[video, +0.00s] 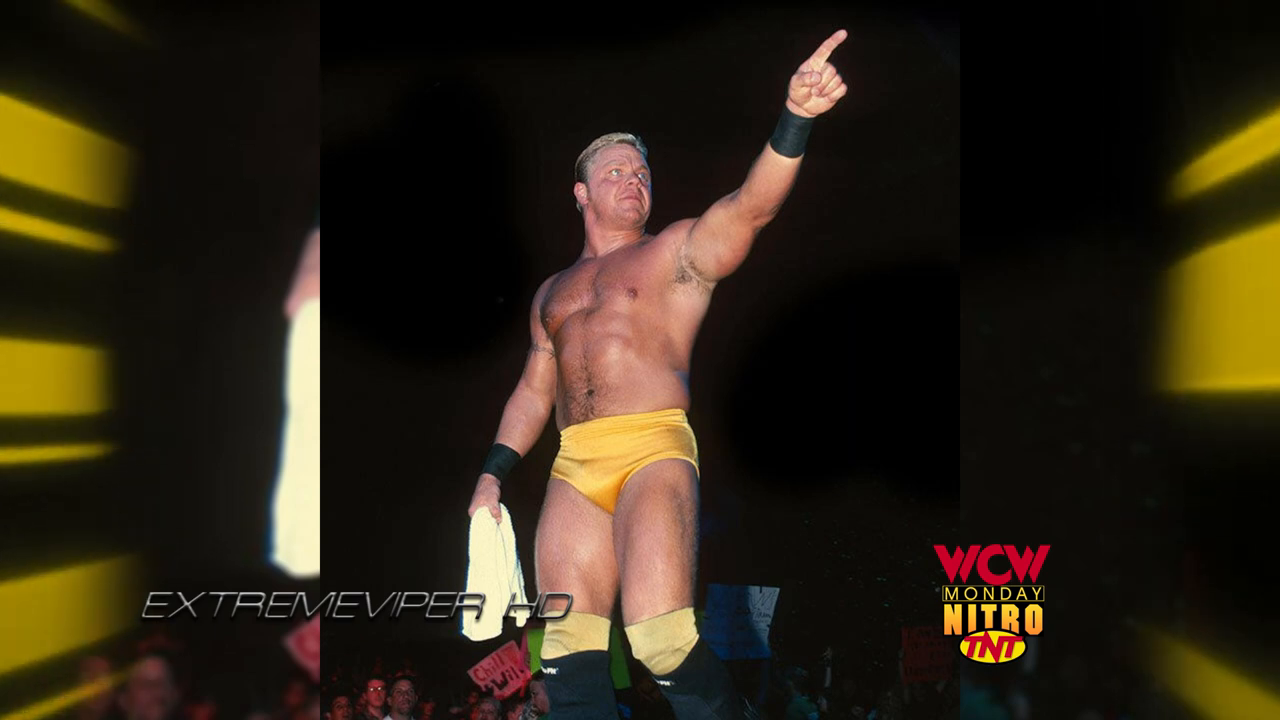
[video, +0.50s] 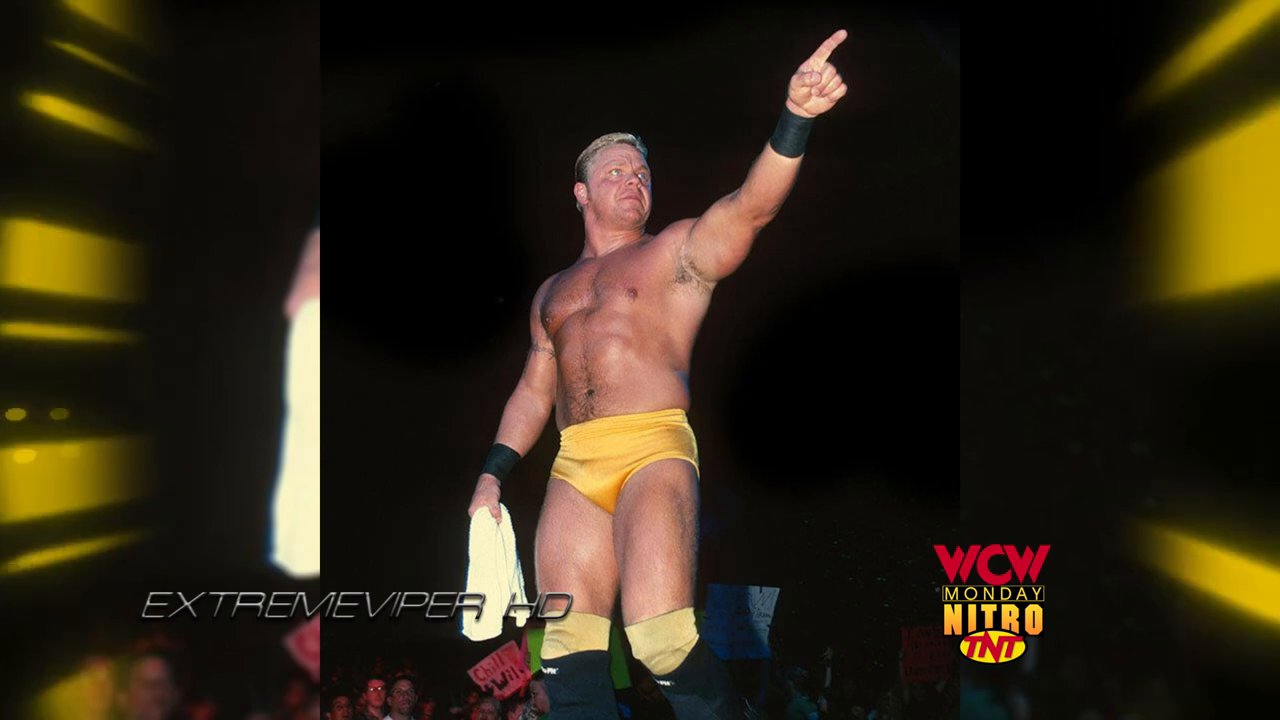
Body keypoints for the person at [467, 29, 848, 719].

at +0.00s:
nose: (632, 179)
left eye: (640, 172)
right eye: (615, 170)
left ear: (650, 194)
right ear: (581, 193)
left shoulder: (680, 254)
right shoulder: (552, 296)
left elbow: (753, 203)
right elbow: (534, 394)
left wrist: (797, 116)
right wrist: (490, 478)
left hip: (656, 448)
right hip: (575, 462)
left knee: (660, 636)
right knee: (568, 647)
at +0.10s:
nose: (632, 179)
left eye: (640, 172)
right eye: (615, 170)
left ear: (650, 194)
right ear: (581, 193)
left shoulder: (680, 254)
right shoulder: (552, 296)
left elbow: (753, 203)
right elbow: (534, 394)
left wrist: (797, 116)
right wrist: (490, 478)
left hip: (656, 448)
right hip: (575, 462)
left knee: (660, 636)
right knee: (568, 647)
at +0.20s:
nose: (632, 179)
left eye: (640, 172)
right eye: (615, 170)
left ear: (650, 194)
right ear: (581, 193)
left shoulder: (680, 254)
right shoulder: (552, 296)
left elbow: (753, 203)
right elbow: (534, 394)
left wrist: (797, 116)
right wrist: (490, 478)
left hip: (656, 448)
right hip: (575, 462)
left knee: (660, 636)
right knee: (568, 647)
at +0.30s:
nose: (631, 179)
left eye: (640, 172)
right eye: (614, 170)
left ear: (650, 194)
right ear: (580, 193)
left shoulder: (680, 253)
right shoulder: (552, 296)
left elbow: (753, 203)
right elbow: (534, 393)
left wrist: (797, 115)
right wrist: (490, 478)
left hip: (656, 448)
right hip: (575, 462)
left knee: (660, 637)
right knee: (568, 647)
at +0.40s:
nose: (631, 179)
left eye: (640, 172)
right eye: (614, 170)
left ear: (650, 194)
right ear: (580, 193)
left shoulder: (680, 253)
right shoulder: (552, 296)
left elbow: (753, 203)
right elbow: (534, 393)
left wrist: (797, 115)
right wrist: (490, 478)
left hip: (656, 448)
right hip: (575, 462)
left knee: (660, 637)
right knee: (568, 647)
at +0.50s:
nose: (632, 179)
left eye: (640, 172)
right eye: (615, 170)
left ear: (650, 194)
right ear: (581, 193)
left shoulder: (680, 254)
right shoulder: (552, 296)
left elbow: (753, 203)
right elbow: (534, 394)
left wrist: (797, 116)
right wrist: (490, 478)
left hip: (656, 448)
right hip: (575, 462)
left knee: (660, 636)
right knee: (568, 647)